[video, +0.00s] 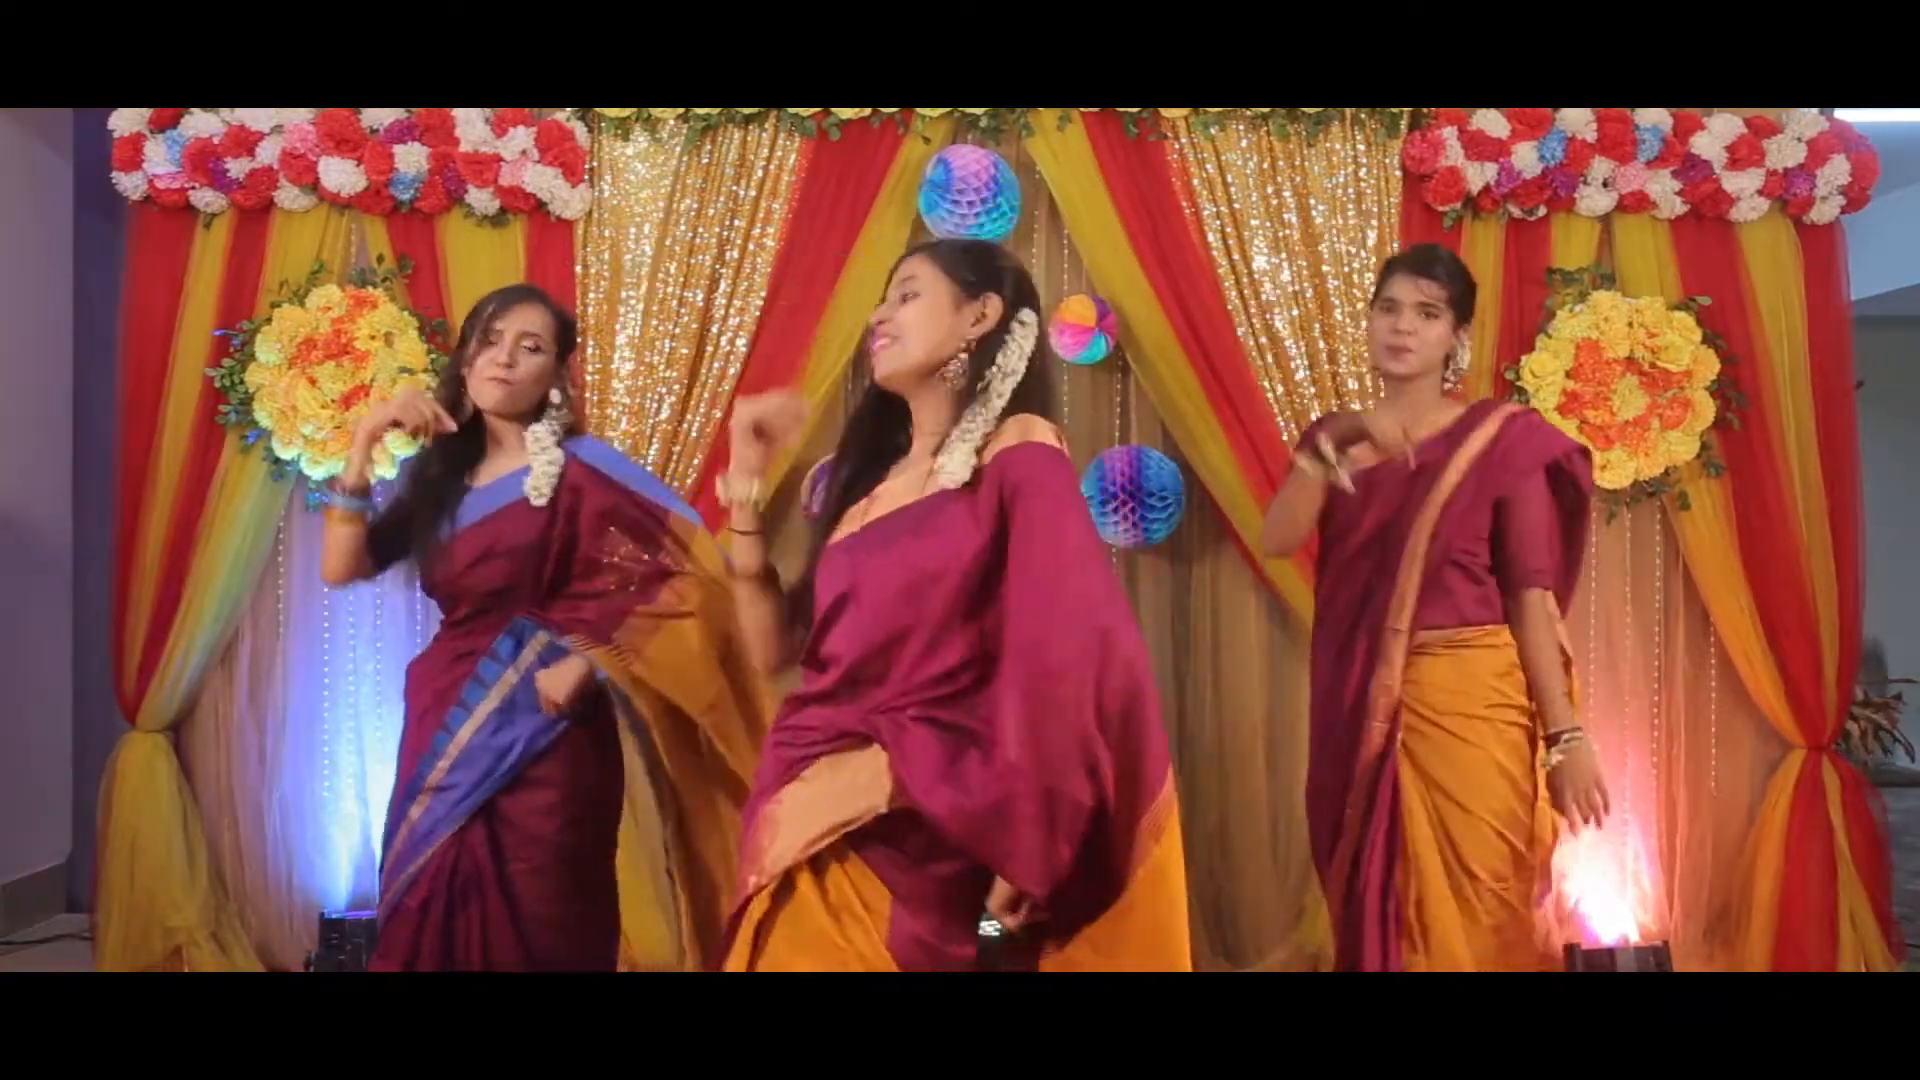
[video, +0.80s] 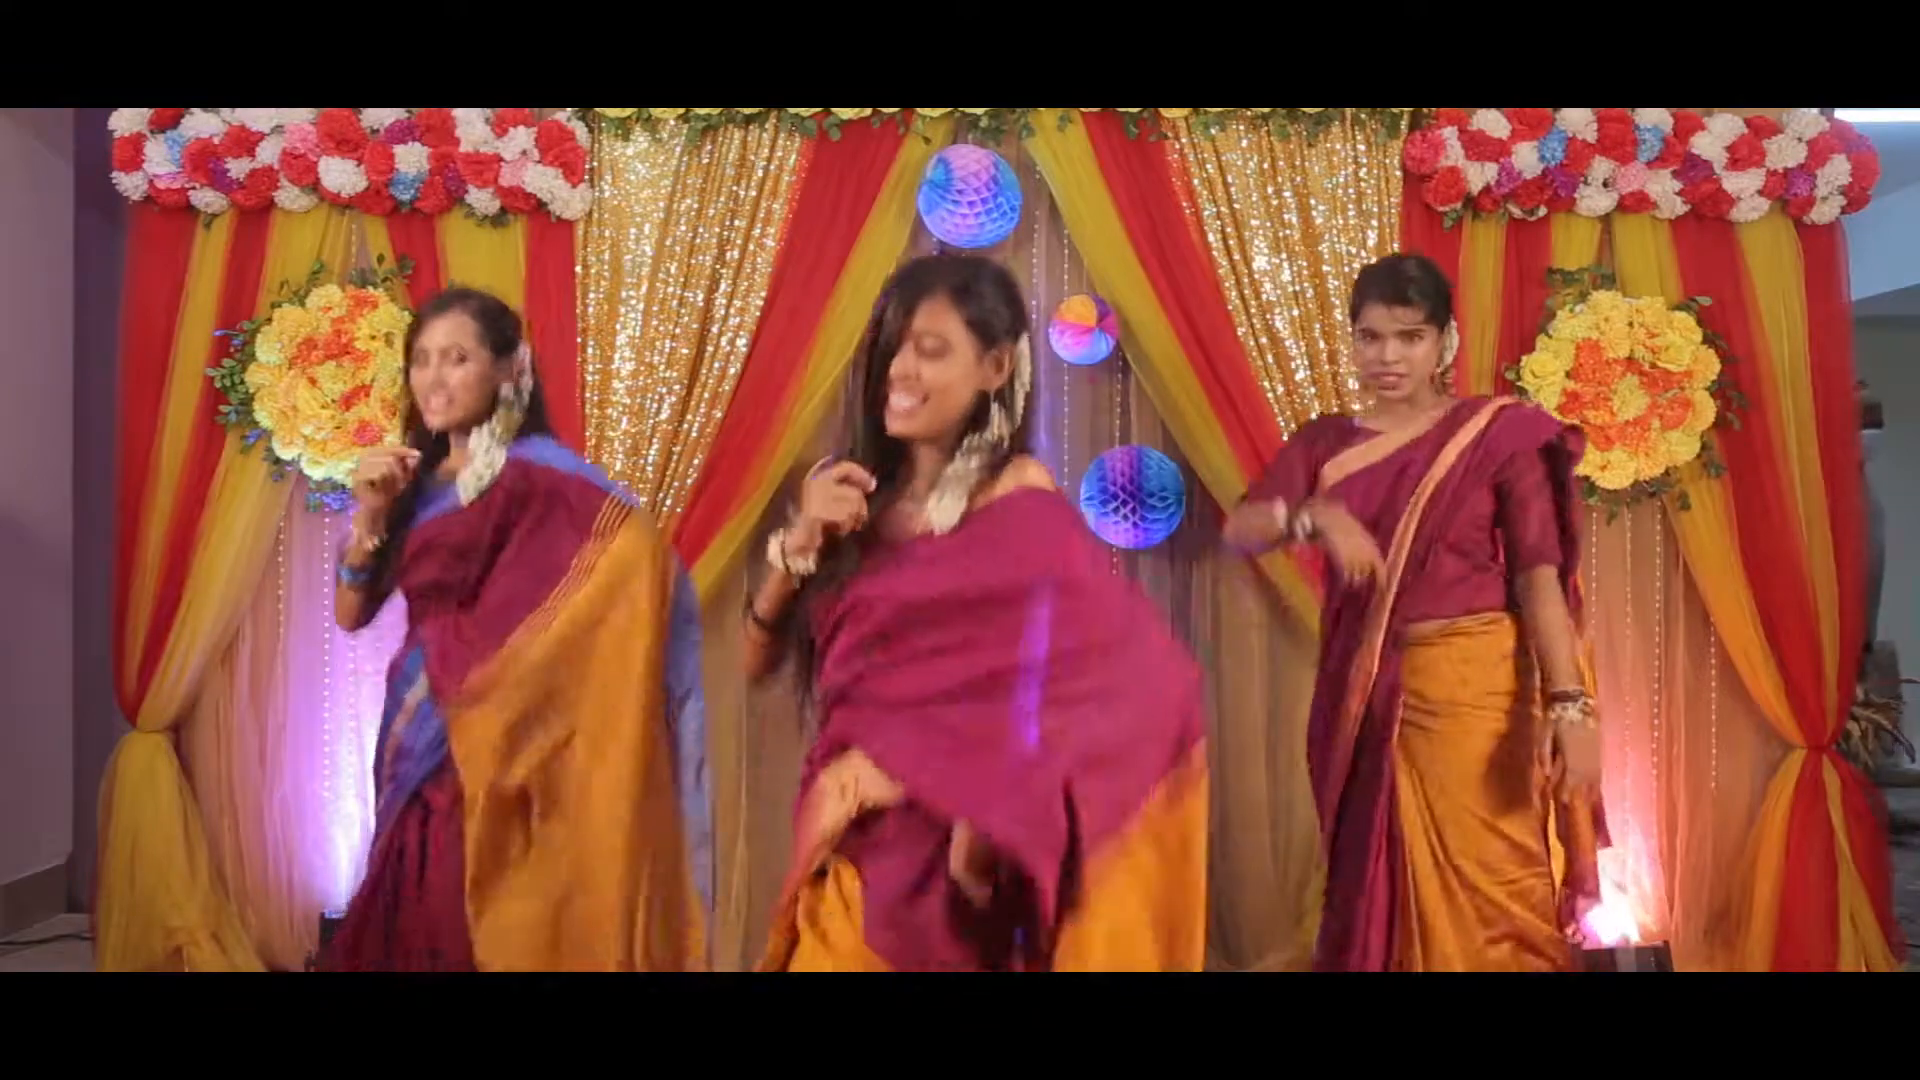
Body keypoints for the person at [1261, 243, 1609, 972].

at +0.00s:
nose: (1400, 325)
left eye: (1424, 312)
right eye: (1387, 307)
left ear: (1457, 337)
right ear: (1367, 322)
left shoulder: (1503, 437)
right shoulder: (1335, 439)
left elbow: (1533, 598)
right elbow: (1277, 537)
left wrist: (1565, 734)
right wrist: (1325, 451)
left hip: (1471, 695)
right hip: (1360, 699)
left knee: (1472, 915)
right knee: (1370, 909)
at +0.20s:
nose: (1368, 348)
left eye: (1397, 339)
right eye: (1362, 334)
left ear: (1433, 375)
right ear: (1346, 354)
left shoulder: (1453, 468)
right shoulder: (1341, 478)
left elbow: (1522, 622)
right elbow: (1271, 590)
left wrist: (1581, 760)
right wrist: (1300, 485)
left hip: (1468, 750)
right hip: (1380, 751)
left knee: (1456, 941)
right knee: (1377, 940)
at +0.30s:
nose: (1354, 406)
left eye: (1384, 397)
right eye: (1348, 391)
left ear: (1419, 434)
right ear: (1333, 409)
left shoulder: (1437, 533)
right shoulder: (1331, 538)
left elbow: (1519, 681)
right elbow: (1308, 693)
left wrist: (1590, 810)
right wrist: (1301, 597)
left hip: (1483, 806)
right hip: (1385, 804)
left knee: (1423, 952)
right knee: (1337, 948)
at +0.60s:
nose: (1366, 386)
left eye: (1388, 368)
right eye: (1352, 367)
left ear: (1430, 383)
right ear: (1336, 377)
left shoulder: (1472, 467)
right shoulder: (1334, 492)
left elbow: (1524, 617)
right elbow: (1263, 603)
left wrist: (1571, 758)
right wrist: (1279, 509)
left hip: (1479, 744)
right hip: (1382, 753)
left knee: (1477, 942)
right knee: (1386, 942)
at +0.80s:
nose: (1387, 356)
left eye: (1408, 337)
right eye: (1370, 337)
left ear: (1447, 344)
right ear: (1350, 342)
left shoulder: (1502, 430)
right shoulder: (1324, 444)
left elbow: (1537, 579)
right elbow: (1237, 530)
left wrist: (1569, 702)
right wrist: (1313, 514)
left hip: (1481, 698)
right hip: (1366, 706)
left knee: (1495, 907)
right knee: (1380, 903)